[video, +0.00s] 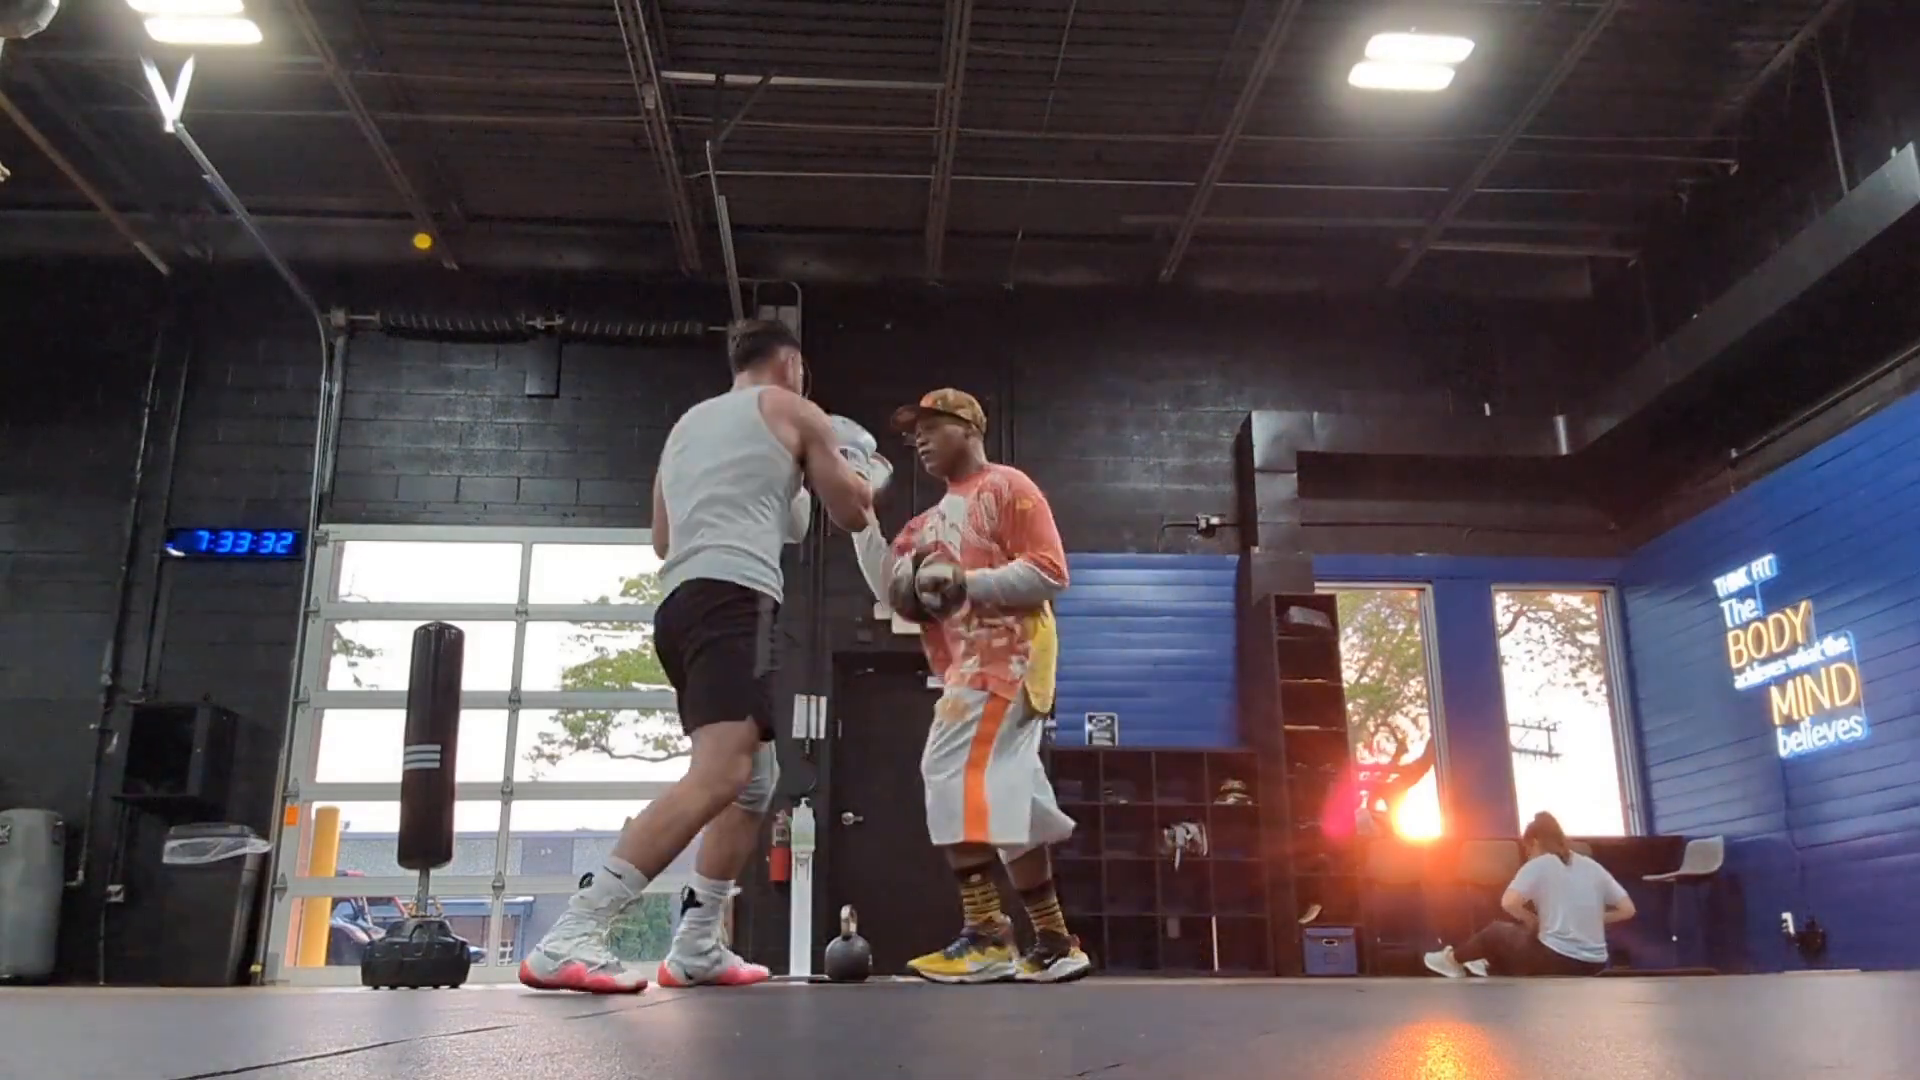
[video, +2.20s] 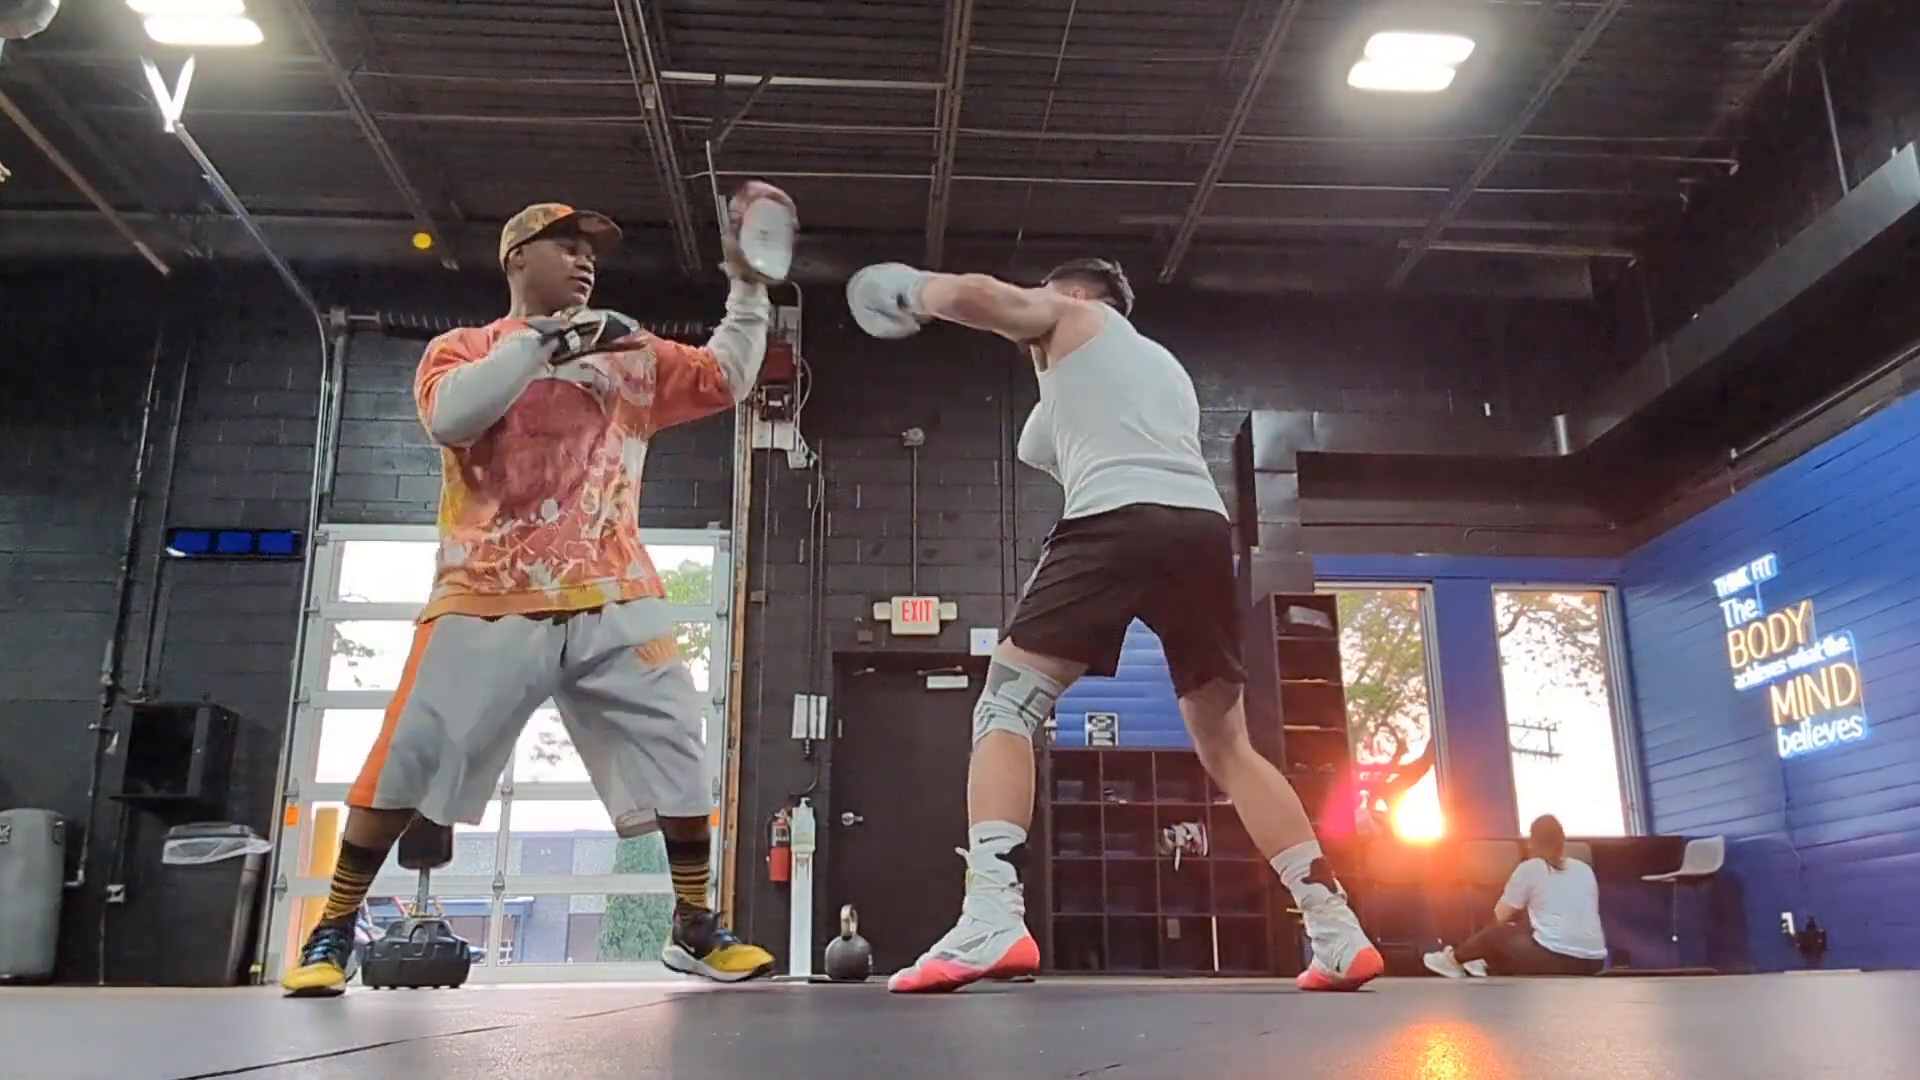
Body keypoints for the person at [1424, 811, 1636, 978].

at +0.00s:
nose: (1527, 853)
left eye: (1527, 848)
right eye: (1526, 848)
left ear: (1535, 843)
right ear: (1561, 840)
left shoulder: (1536, 866)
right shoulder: (1592, 866)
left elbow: (1509, 903)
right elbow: (1627, 909)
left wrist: (1530, 921)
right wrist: (1592, 920)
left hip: (1556, 958)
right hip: (1595, 961)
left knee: (1498, 931)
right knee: (1522, 938)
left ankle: (1451, 959)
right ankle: (1487, 964)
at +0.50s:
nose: (1527, 856)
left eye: (1527, 849)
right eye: (1526, 850)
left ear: (1537, 842)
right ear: (1558, 840)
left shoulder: (1540, 863)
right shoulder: (1592, 866)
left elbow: (1531, 895)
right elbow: (1636, 897)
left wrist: (1529, 935)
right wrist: (1614, 932)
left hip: (1559, 958)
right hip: (1595, 961)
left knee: (1499, 931)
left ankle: (1451, 958)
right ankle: (1487, 964)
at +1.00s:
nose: (1524, 849)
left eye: (1524, 843)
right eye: (1524, 843)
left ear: (1529, 842)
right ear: (1555, 838)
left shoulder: (1533, 865)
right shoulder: (1584, 867)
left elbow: (1523, 898)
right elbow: (1625, 909)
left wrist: (1509, 937)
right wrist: (1599, 934)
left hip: (1555, 959)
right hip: (1593, 961)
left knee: (1494, 929)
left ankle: (1452, 959)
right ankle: (1486, 962)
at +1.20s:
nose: (1520, 853)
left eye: (1520, 847)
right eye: (1520, 847)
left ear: (1524, 848)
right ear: (1551, 845)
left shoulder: (1528, 868)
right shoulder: (1576, 869)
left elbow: (1509, 905)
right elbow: (1593, 910)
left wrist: (1488, 911)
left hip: (1557, 958)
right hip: (1593, 961)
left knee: (1492, 934)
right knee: (1529, 925)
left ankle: (1453, 959)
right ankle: (1485, 962)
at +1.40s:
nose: (1513, 853)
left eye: (1514, 849)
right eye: (1515, 849)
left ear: (1518, 850)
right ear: (1542, 848)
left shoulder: (1520, 872)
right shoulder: (1567, 873)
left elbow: (1502, 916)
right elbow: (1561, 916)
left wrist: (1485, 910)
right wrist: (1524, 920)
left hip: (1556, 958)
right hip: (1591, 961)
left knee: (1490, 933)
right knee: (1520, 933)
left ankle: (1451, 961)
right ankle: (1483, 963)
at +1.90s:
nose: (1513, 854)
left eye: (1515, 850)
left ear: (1517, 853)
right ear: (1543, 851)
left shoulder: (1517, 874)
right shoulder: (1569, 875)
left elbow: (1485, 920)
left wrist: (1508, 914)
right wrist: (1524, 917)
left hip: (1554, 959)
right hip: (1591, 961)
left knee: (1496, 932)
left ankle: (1449, 960)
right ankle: (1483, 964)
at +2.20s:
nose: (1531, 842)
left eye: (1532, 838)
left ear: (1533, 840)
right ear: (1562, 840)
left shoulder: (1529, 869)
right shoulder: (1586, 871)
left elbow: (1501, 915)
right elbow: (1585, 911)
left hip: (1556, 958)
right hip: (1593, 962)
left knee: (1497, 932)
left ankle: (1452, 959)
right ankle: (1485, 964)